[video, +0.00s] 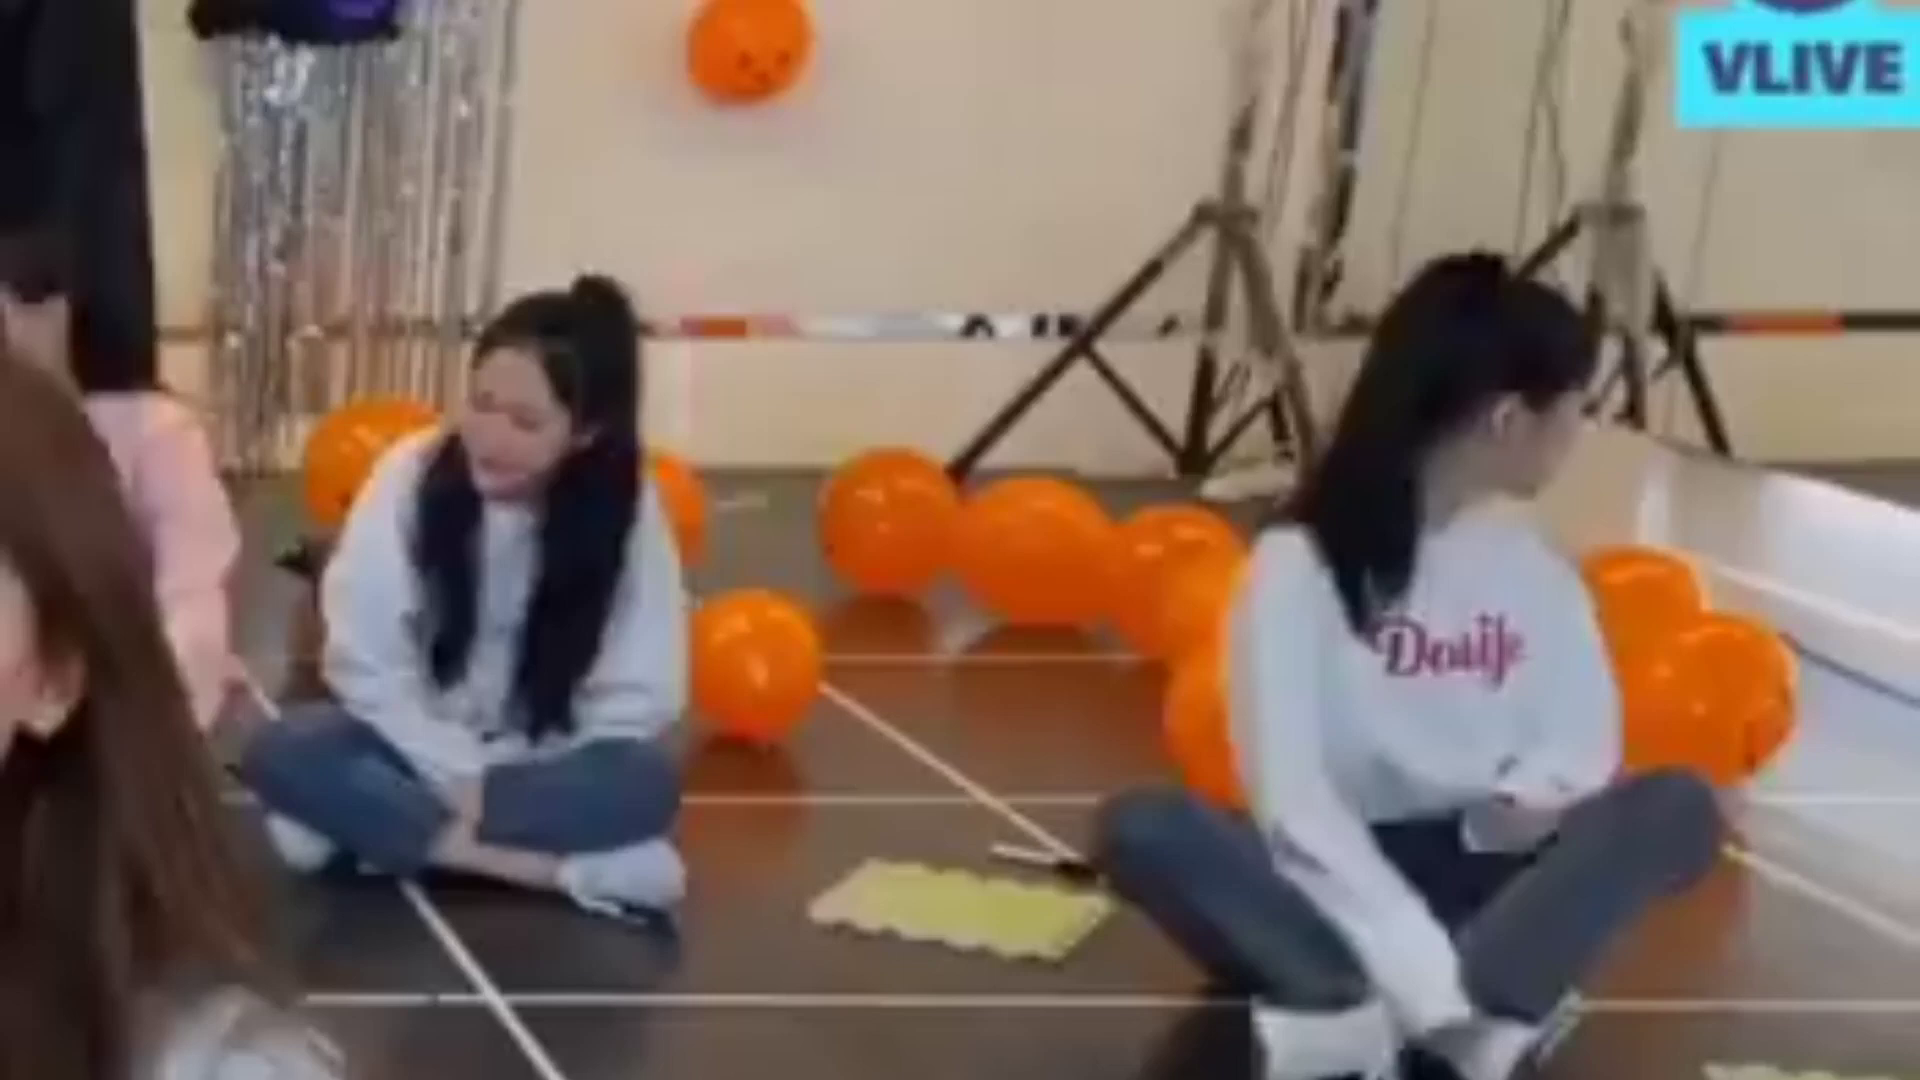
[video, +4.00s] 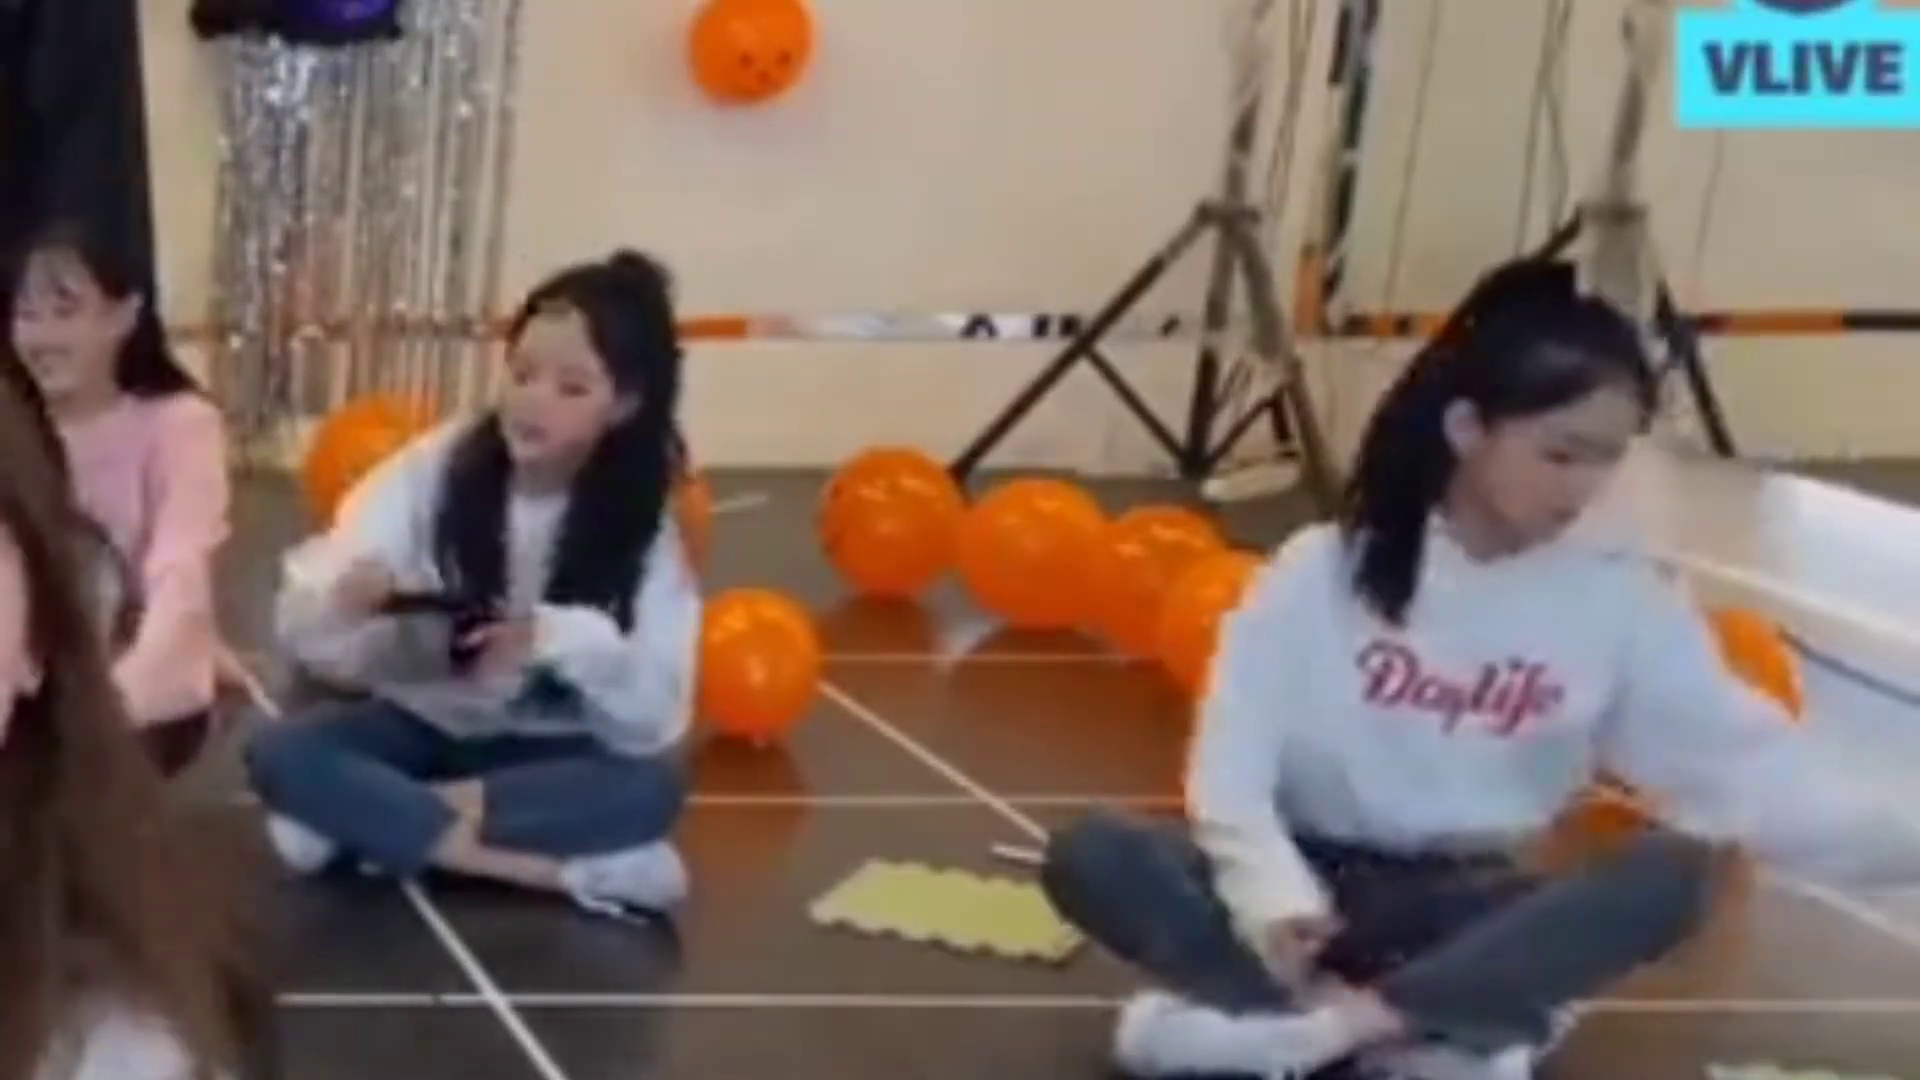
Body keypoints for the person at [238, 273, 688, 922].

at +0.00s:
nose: (490, 437)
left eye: (525, 422)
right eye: (482, 406)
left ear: (584, 433)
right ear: (463, 395)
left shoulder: (626, 506)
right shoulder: (408, 477)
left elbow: (645, 694)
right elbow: (357, 658)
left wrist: (505, 776)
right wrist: (454, 772)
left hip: (550, 748)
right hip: (418, 734)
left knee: (646, 783)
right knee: (280, 751)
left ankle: (374, 841)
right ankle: (547, 874)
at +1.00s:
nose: (512, 425)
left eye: (547, 406)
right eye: (496, 393)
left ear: (596, 418)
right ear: (468, 389)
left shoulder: (629, 517)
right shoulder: (414, 476)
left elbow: (645, 702)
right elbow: (362, 659)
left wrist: (503, 771)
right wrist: (453, 772)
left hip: (554, 749)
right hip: (419, 734)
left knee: (642, 787)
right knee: (282, 752)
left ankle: (370, 842)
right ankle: (547, 875)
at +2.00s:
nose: (451, 442)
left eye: (470, 426)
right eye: (444, 419)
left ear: (541, 414)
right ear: (436, 396)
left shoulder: (633, 497)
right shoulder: (409, 476)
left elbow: (650, 693)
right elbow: (356, 604)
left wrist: (503, 751)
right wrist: (430, 700)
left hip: (558, 731)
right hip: (423, 720)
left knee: (642, 785)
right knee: (280, 751)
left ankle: (371, 836)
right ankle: (549, 874)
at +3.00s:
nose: (390, 405)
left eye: (401, 385)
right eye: (388, 383)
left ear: (453, 379)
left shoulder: (601, 473)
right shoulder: (402, 463)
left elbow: (629, 664)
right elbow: (346, 596)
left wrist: (479, 770)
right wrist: (309, 693)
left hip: (551, 722)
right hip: (425, 711)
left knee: (647, 777)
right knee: (275, 753)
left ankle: (371, 834)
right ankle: (552, 875)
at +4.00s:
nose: (531, 407)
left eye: (570, 390)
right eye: (522, 375)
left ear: (627, 406)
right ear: (503, 369)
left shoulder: (636, 521)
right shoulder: (438, 468)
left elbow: (655, 713)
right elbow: (301, 632)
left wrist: (556, 640)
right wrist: (346, 608)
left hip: (549, 738)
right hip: (421, 719)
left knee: (648, 792)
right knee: (283, 754)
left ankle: (369, 833)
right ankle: (555, 876)